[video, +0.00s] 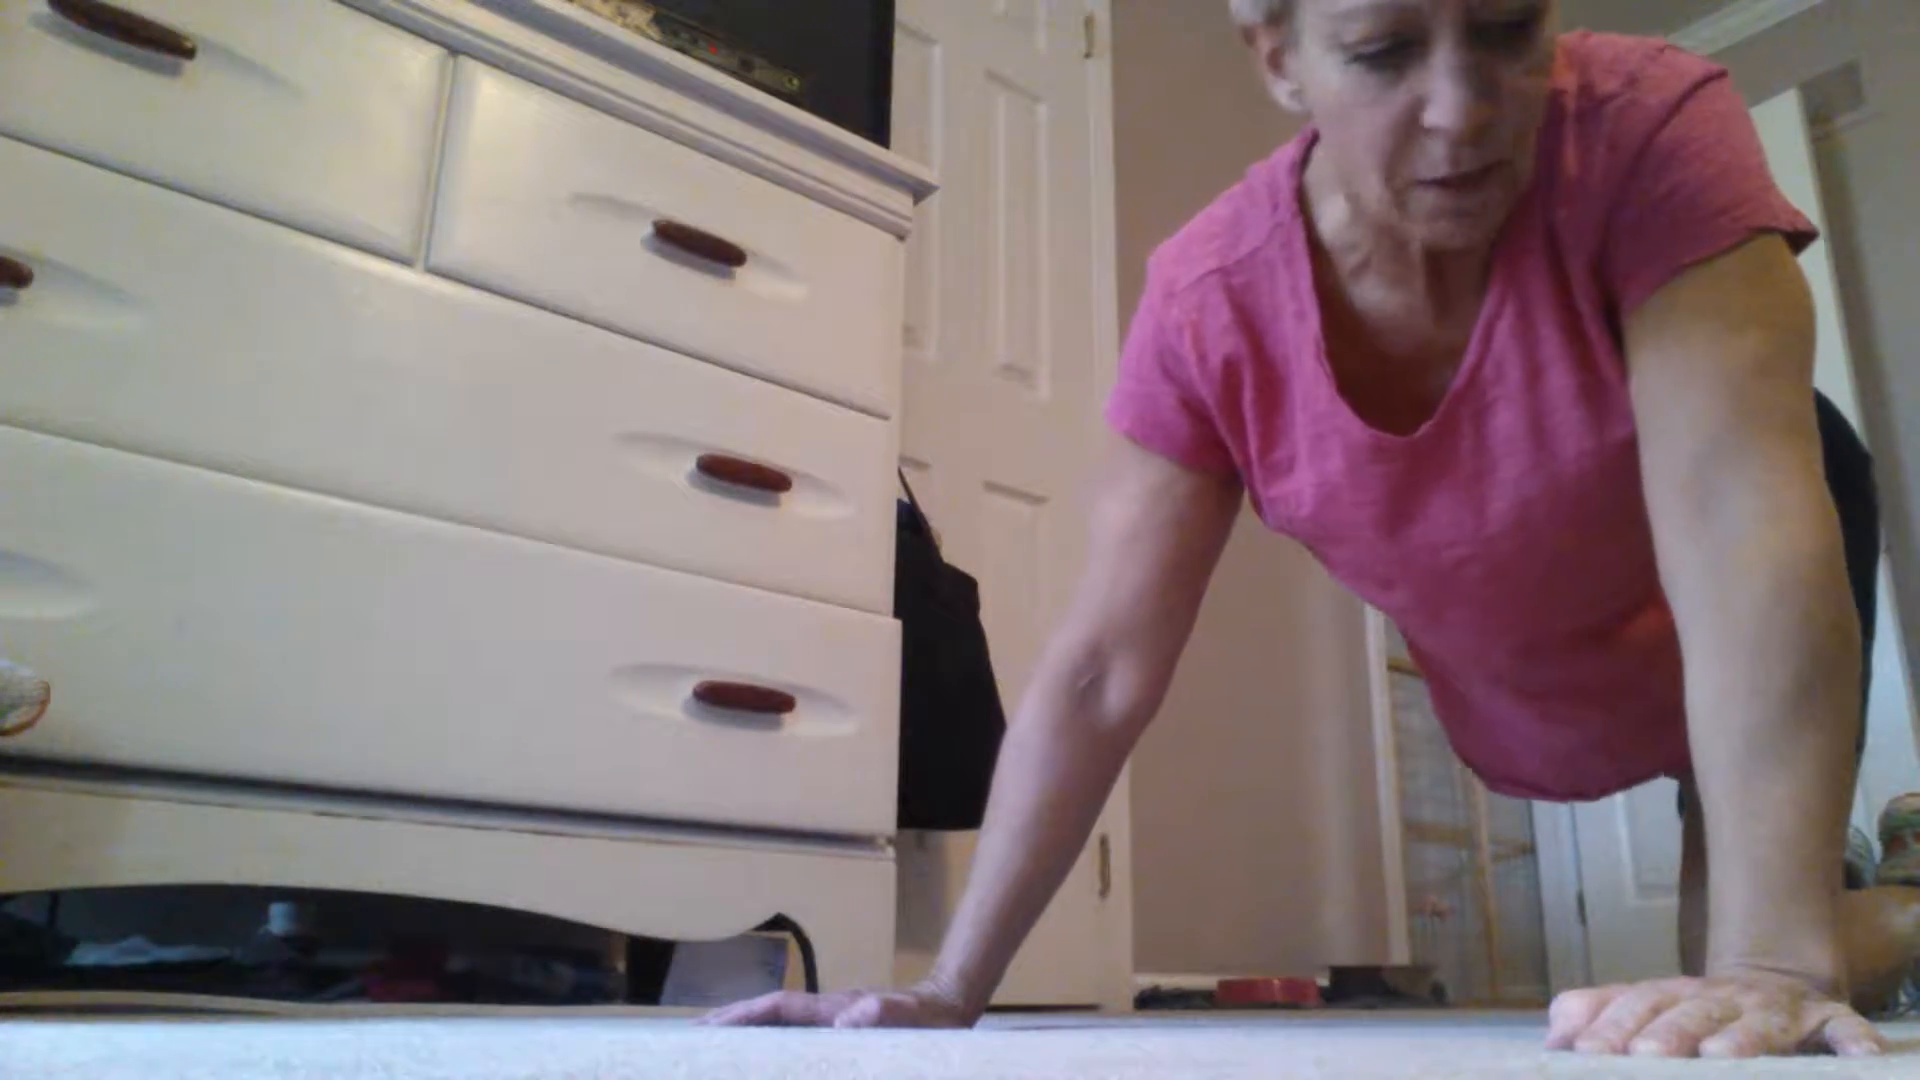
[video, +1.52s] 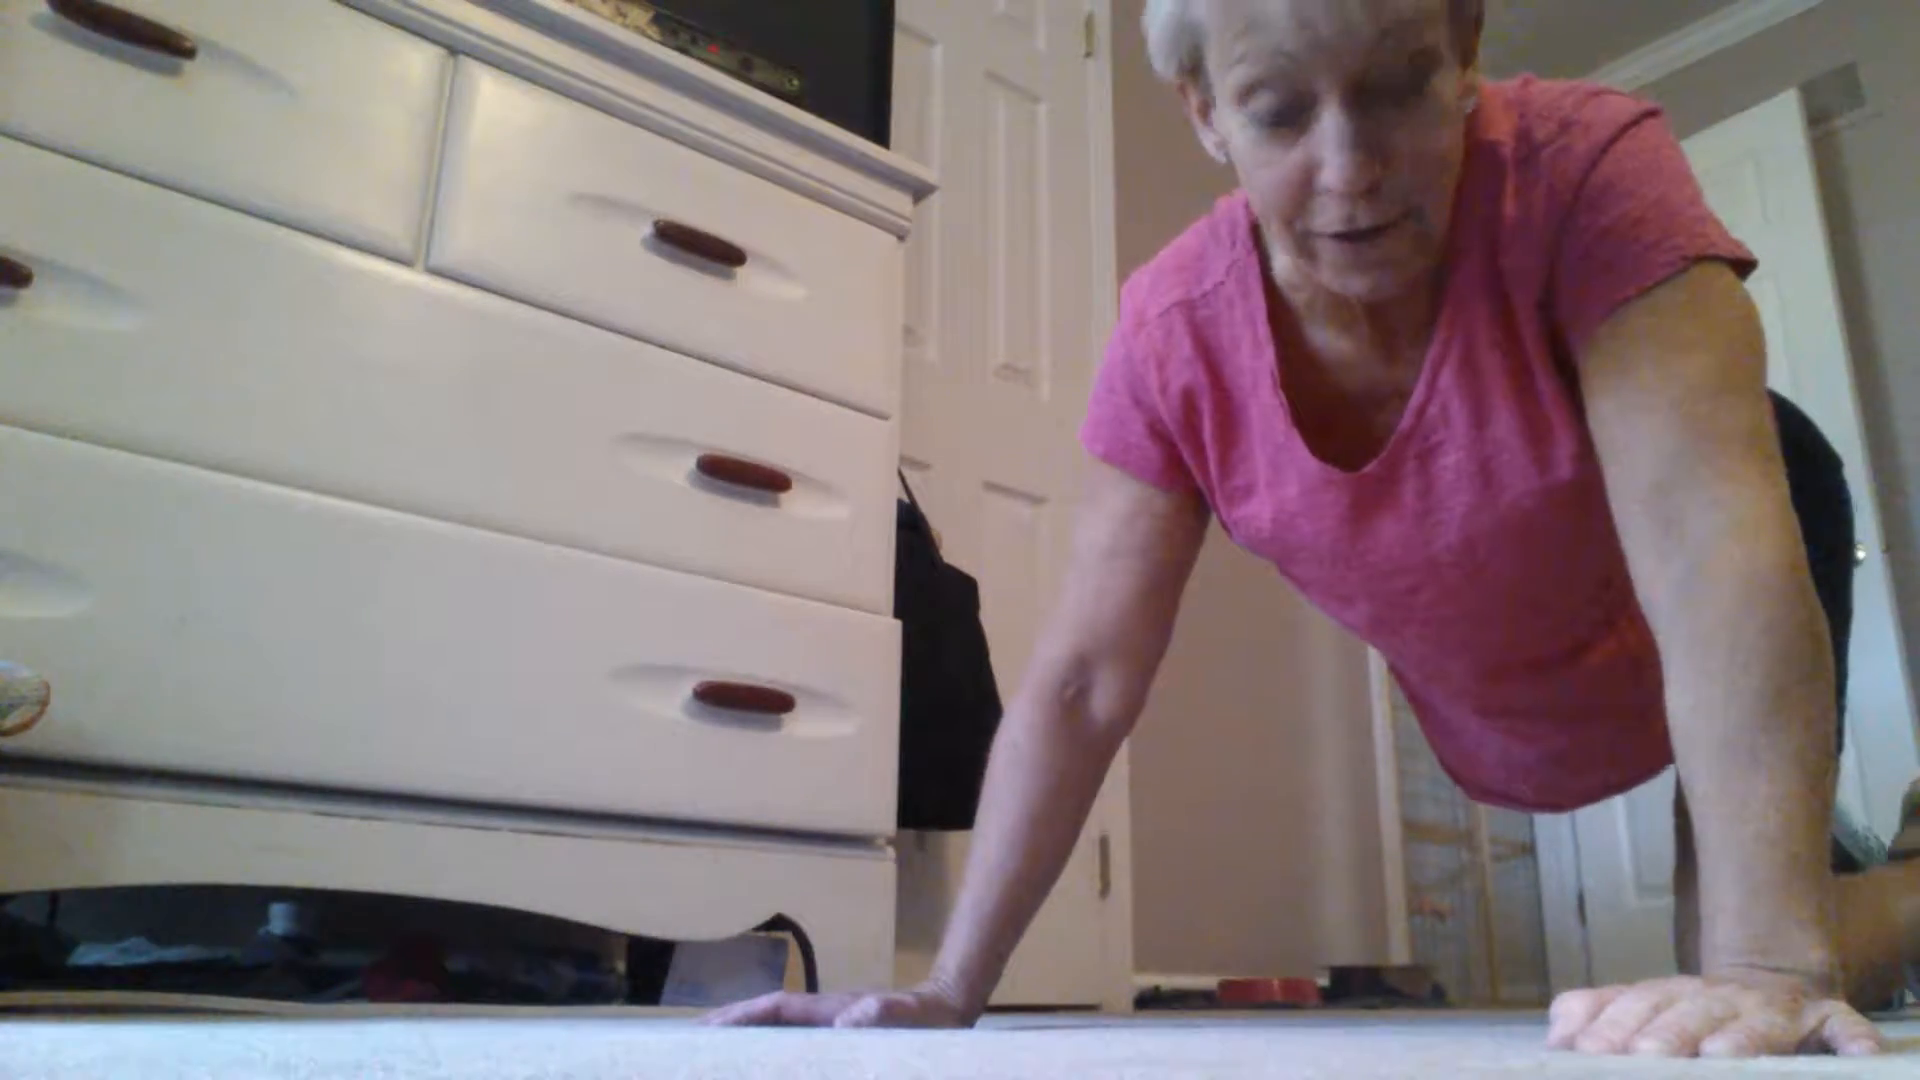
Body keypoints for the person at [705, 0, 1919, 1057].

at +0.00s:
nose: (1458, 113)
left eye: (1503, 38)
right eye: (1385, 53)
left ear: (1552, 28)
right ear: (1275, 61)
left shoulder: (1654, 127)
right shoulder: (1213, 295)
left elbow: (1745, 515)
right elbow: (1098, 674)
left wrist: (1771, 963)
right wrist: (955, 979)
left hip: (1752, 576)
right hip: (1560, 674)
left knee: (1775, 929)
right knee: (1762, 927)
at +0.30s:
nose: (1445, 72)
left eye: (1484, 12)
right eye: (1372, 25)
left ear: (1538, 21)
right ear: (1267, 61)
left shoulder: (1653, 132)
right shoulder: (1215, 302)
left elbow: (1750, 521)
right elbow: (1099, 676)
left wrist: (1773, 963)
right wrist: (955, 979)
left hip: (1758, 580)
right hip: (1566, 692)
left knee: (1782, 929)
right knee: (1766, 925)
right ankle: (1871, 914)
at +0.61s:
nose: (1396, 117)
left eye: (1442, 45)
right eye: (1326, 58)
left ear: (1502, 32)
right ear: (1233, 68)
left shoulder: (1628, 139)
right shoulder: (1197, 310)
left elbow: (1739, 523)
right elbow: (1091, 681)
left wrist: (1769, 969)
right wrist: (954, 981)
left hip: (1744, 582)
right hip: (1547, 684)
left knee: (1782, 927)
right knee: (1764, 926)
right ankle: (1871, 917)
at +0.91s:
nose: (1377, 110)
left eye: (1427, 38)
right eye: (1307, 52)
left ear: (1494, 36)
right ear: (1223, 75)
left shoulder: (1617, 141)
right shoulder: (1192, 315)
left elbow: (1735, 524)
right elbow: (1090, 681)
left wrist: (1769, 968)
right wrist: (954, 982)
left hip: (1747, 577)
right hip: (1552, 684)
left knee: (1784, 932)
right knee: (1765, 924)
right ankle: (1871, 904)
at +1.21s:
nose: (1367, 120)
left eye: (1412, 45)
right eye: (1298, 62)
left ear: (1480, 45)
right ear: (1211, 83)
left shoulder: (1602, 149)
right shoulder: (1183, 315)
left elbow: (1723, 526)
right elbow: (1085, 685)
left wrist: (1768, 961)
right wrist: (954, 982)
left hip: (1737, 567)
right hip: (1541, 680)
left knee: (1786, 909)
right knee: (1777, 898)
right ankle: (1884, 931)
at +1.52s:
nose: (1350, 169)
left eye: (1394, 87)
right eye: (1280, 112)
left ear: (1466, 62)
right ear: (1205, 118)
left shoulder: (1586, 167)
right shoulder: (1177, 327)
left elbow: (1718, 536)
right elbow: (1081, 688)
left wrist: (1766, 966)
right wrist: (954, 982)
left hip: (1732, 600)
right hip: (1542, 707)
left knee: (1784, 942)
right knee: (1773, 933)